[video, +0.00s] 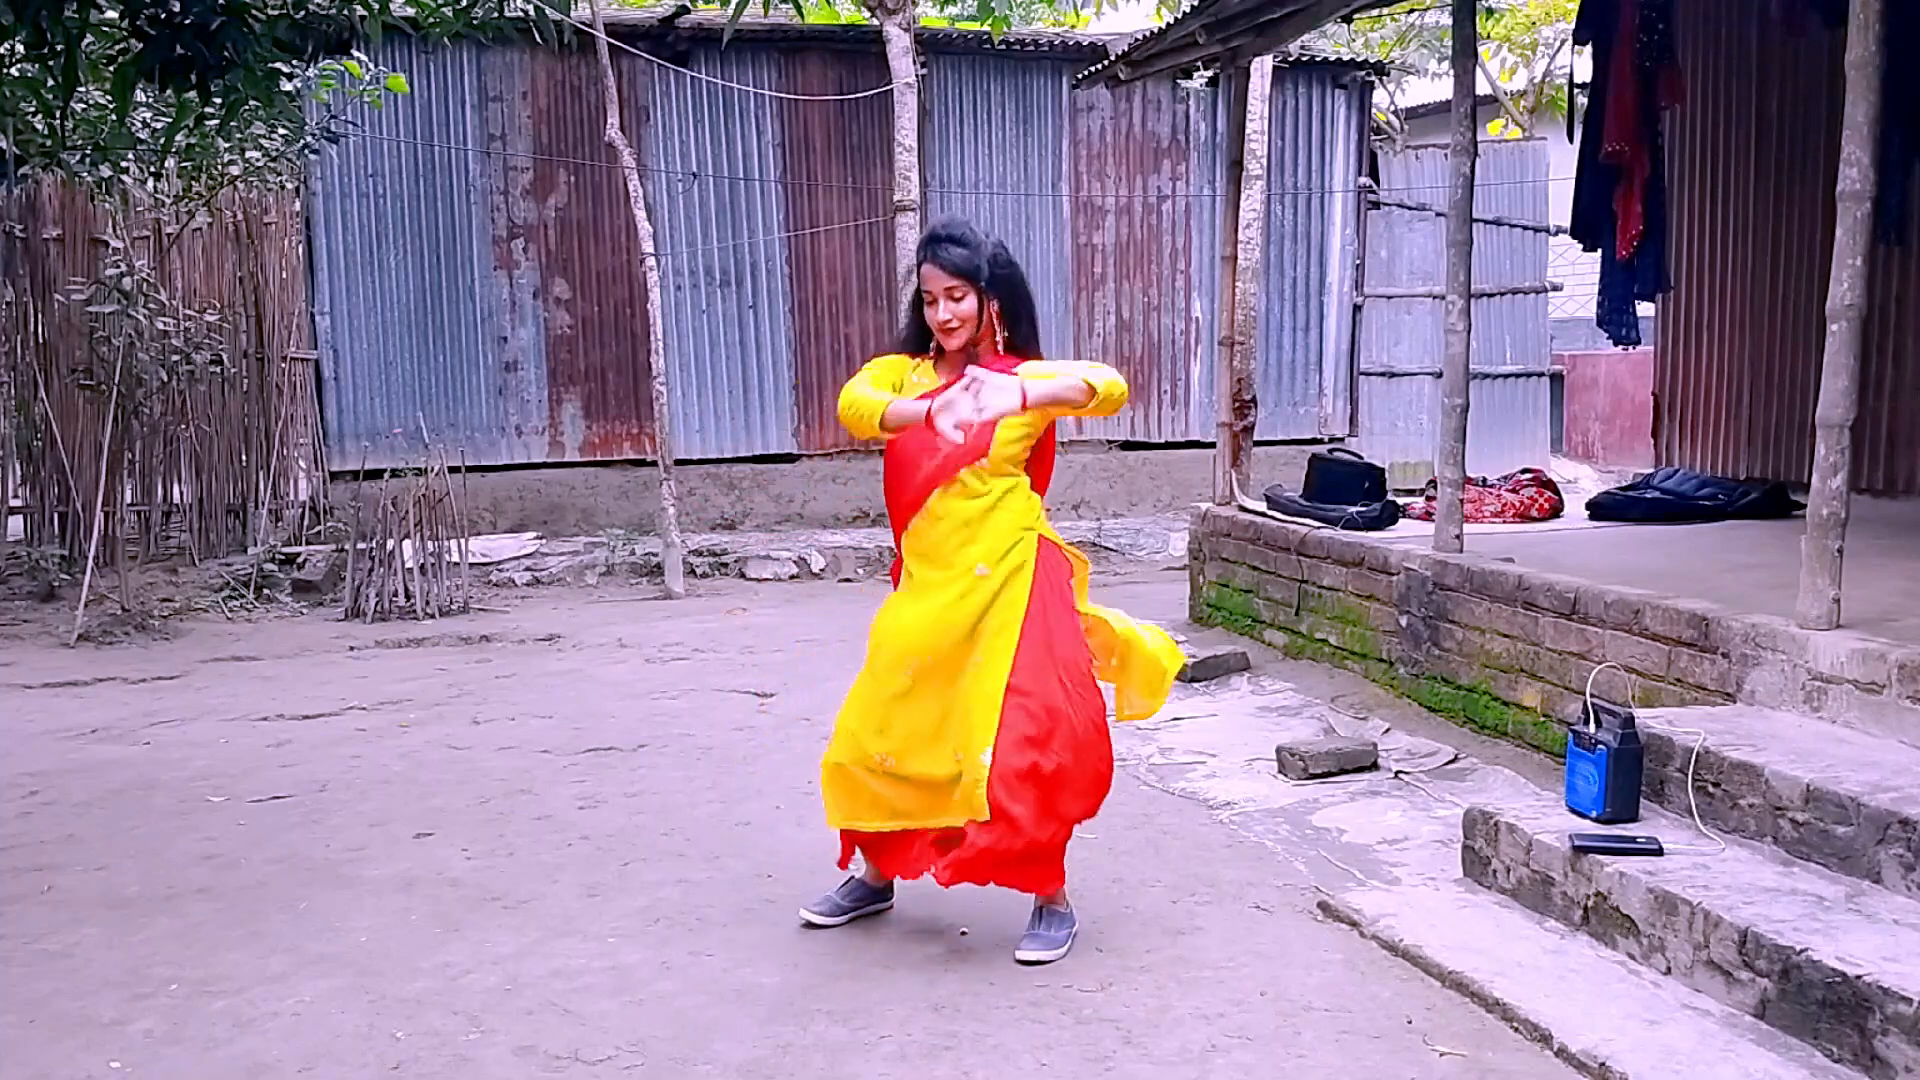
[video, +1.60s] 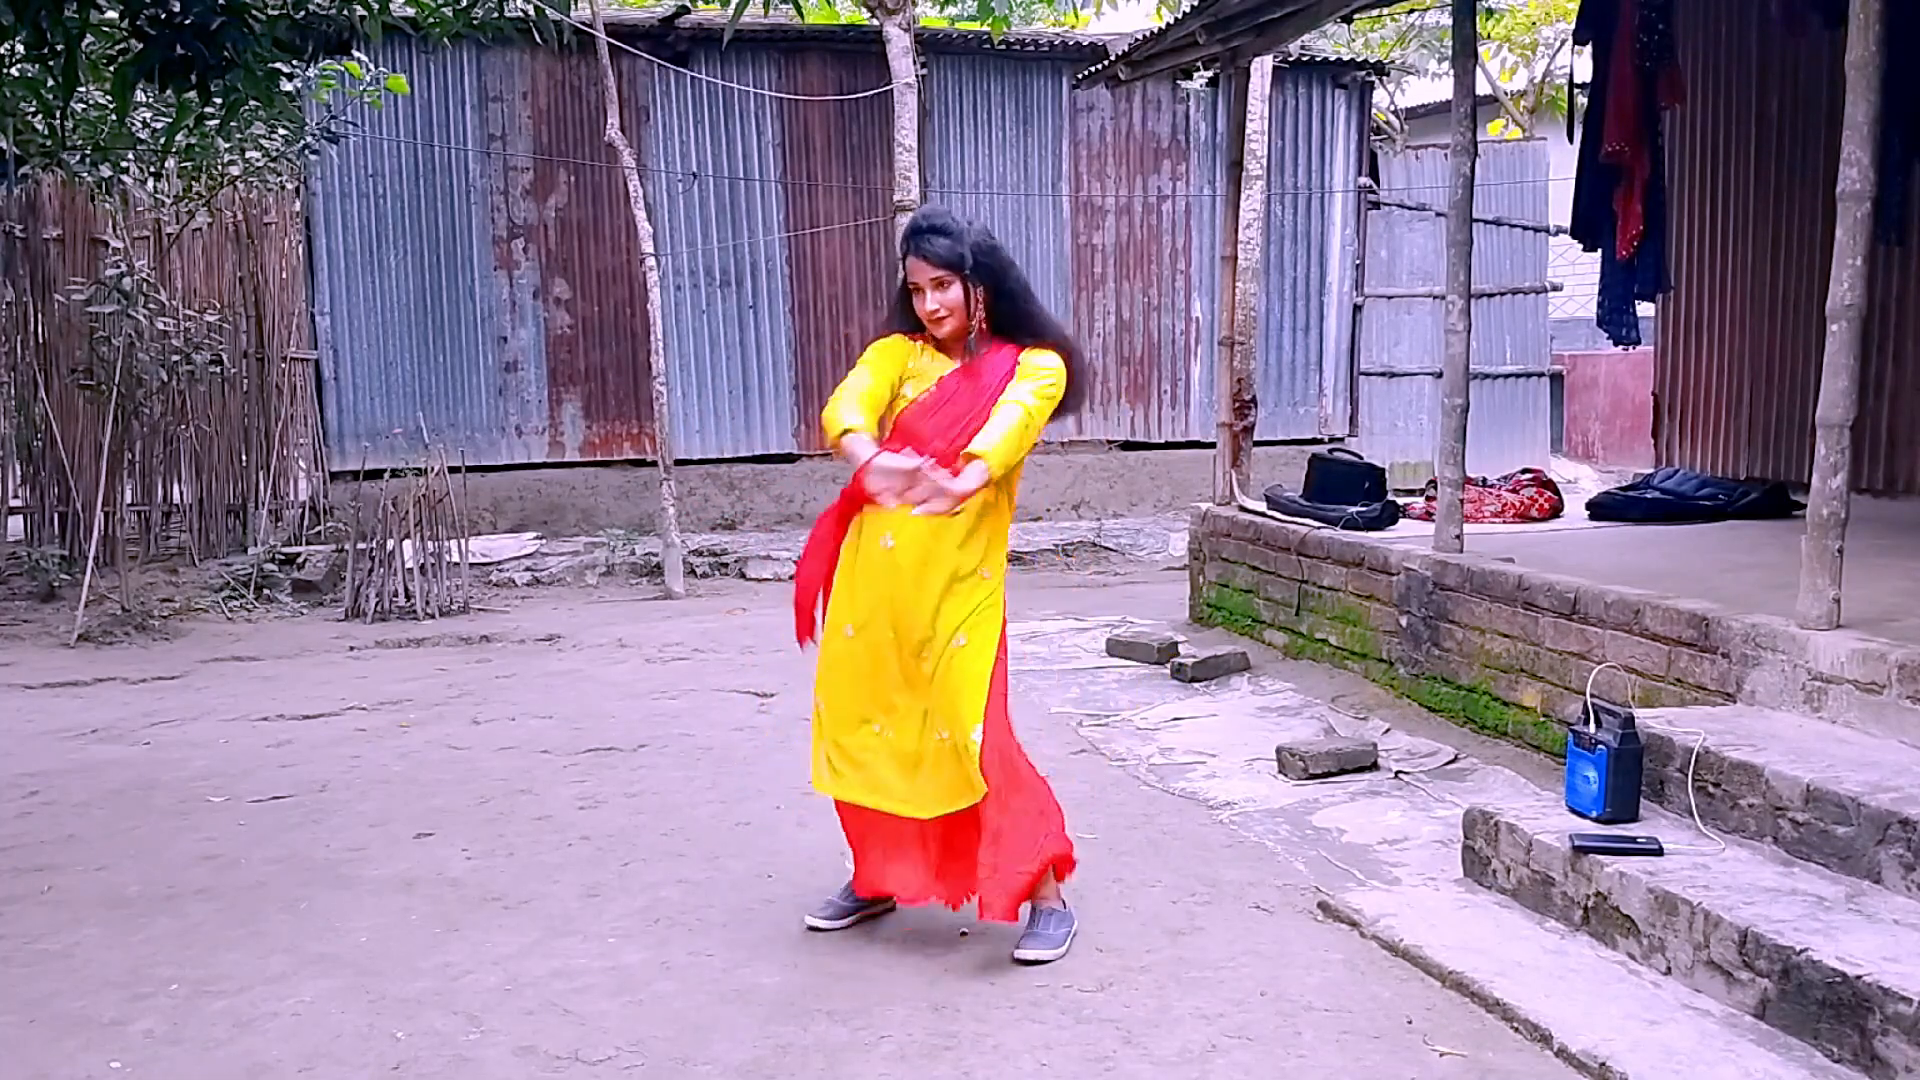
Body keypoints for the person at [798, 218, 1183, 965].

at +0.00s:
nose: (943, 314)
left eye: (956, 297)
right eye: (930, 300)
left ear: (991, 299)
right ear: (919, 306)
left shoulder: (1026, 376)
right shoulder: (904, 372)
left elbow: (1109, 388)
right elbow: (854, 404)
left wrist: (1019, 394)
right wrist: (928, 409)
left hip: (1015, 577)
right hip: (926, 582)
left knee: (1032, 733)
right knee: (870, 727)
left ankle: (1051, 900)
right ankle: (873, 876)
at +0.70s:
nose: (910, 280)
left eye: (922, 262)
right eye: (896, 267)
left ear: (954, 262)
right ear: (885, 274)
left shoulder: (1006, 348)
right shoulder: (866, 342)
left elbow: (1028, 424)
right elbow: (806, 414)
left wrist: (949, 468)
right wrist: (842, 455)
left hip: (952, 568)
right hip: (858, 563)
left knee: (973, 734)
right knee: (846, 720)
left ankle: (1044, 897)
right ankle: (864, 880)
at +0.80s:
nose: (913, 288)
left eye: (927, 270)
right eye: (900, 274)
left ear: (961, 270)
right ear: (889, 281)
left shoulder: (1014, 349)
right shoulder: (877, 360)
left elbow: (1017, 420)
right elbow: (775, 404)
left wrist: (893, 435)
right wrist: (796, 441)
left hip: (944, 581)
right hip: (852, 576)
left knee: (956, 748)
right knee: (837, 726)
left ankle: (1041, 901)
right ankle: (864, 875)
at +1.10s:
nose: (942, 313)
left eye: (958, 297)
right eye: (931, 297)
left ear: (992, 297)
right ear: (919, 300)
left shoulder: (1021, 360)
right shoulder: (920, 378)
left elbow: (956, 425)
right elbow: (868, 436)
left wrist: (859, 476)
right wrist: (819, 476)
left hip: (1001, 577)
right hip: (927, 578)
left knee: (970, 761)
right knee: (867, 721)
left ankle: (1046, 903)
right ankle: (865, 878)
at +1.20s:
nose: (947, 304)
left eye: (964, 289)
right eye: (935, 288)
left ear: (995, 291)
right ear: (922, 290)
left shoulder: (1023, 357)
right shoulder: (907, 371)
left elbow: (1062, 427)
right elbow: (863, 452)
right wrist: (909, 497)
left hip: (1004, 563)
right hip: (925, 568)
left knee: (1001, 724)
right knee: (874, 711)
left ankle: (1049, 898)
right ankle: (876, 874)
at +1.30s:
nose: (945, 311)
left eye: (960, 294)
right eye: (933, 296)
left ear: (994, 302)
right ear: (922, 304)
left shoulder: (1024, 377)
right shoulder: (900, 376)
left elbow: (1114, 398)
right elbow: (860, 432)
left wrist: (1031, 430)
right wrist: (951, 441)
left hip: (1010, 582)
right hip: (923, 587)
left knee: (1020, 738)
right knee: (881, 727)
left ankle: (1049, 900)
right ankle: (880, 878)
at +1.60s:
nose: (928, 306)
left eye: (941, 288)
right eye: (916, 292)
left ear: (980, 285)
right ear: (906, 293)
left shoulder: (1034, 364)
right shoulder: (899, 351)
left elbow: (1011, 428)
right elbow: (843, 410)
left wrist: (965, 477)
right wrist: (867, 454)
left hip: (958, 582)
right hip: (871, 573)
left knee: (979, 732)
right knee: (857, 722)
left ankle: (1046, 894)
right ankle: (873, 877)